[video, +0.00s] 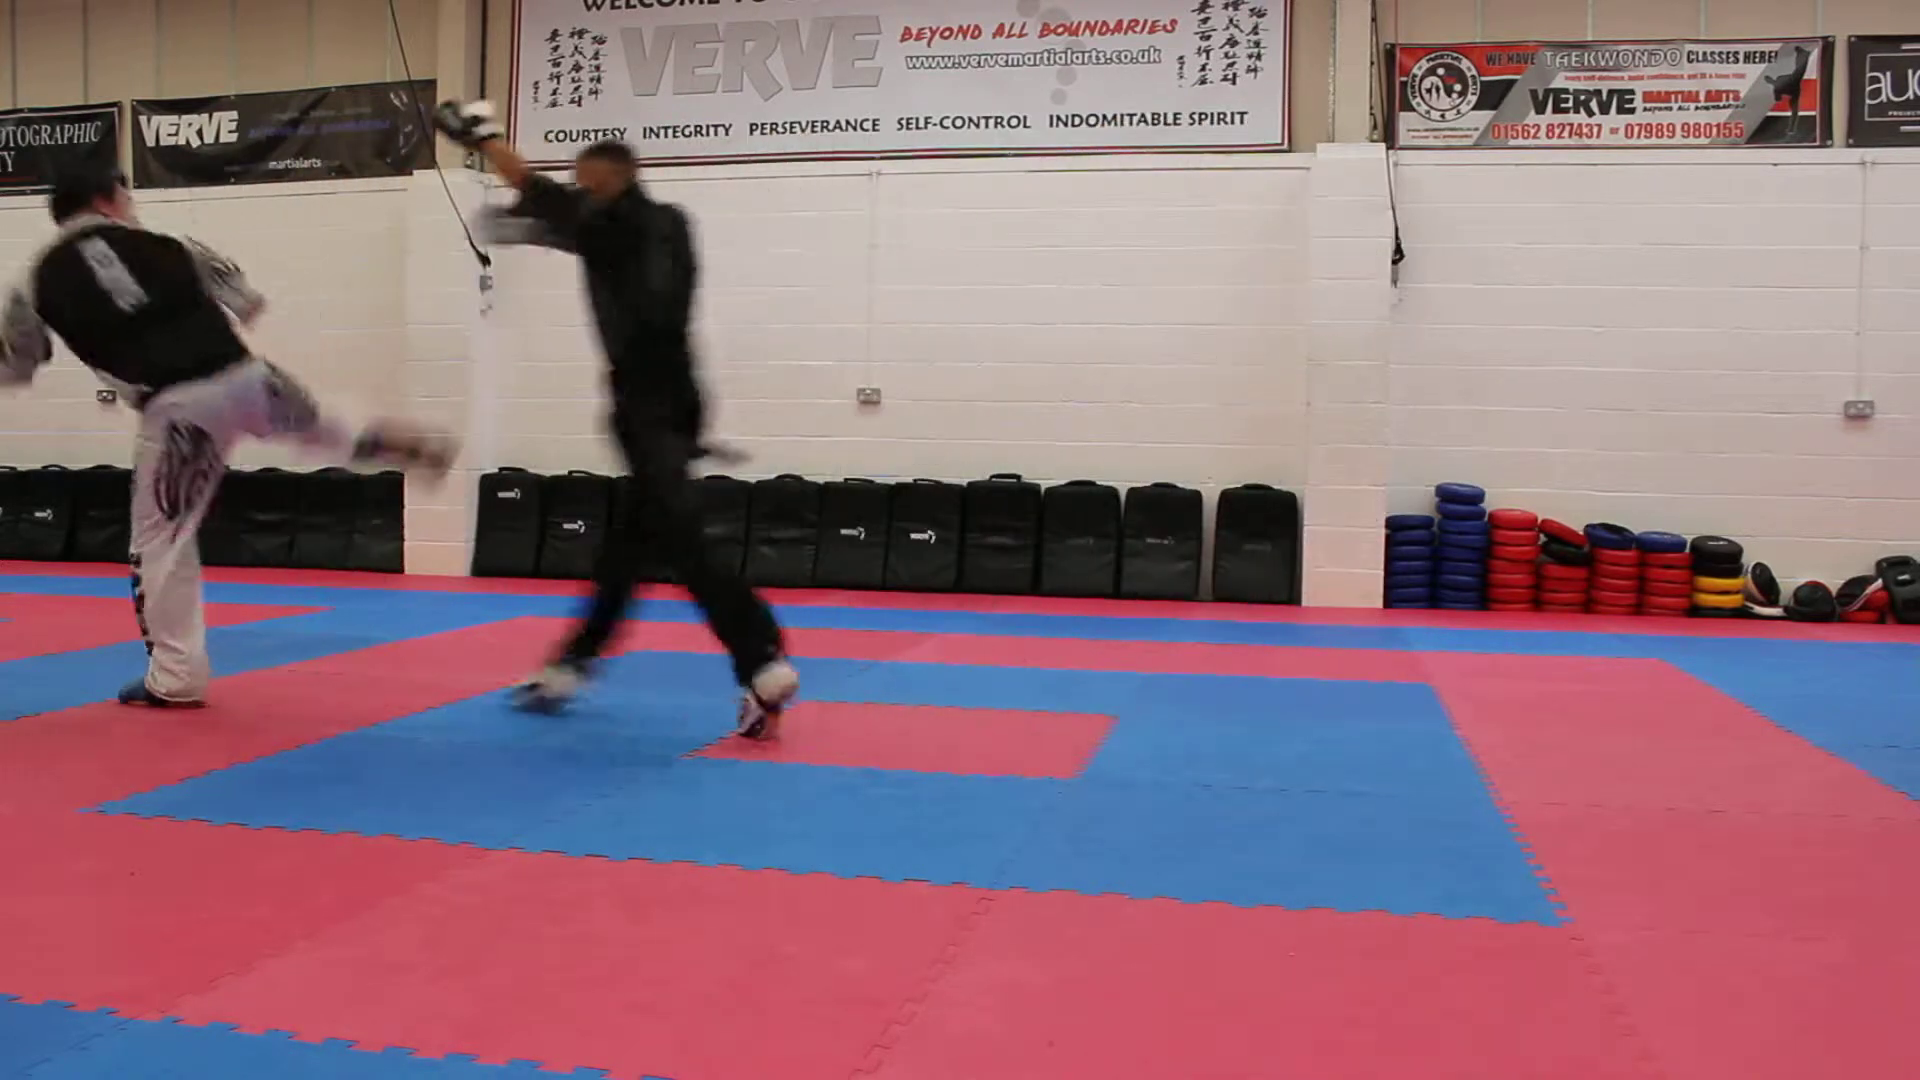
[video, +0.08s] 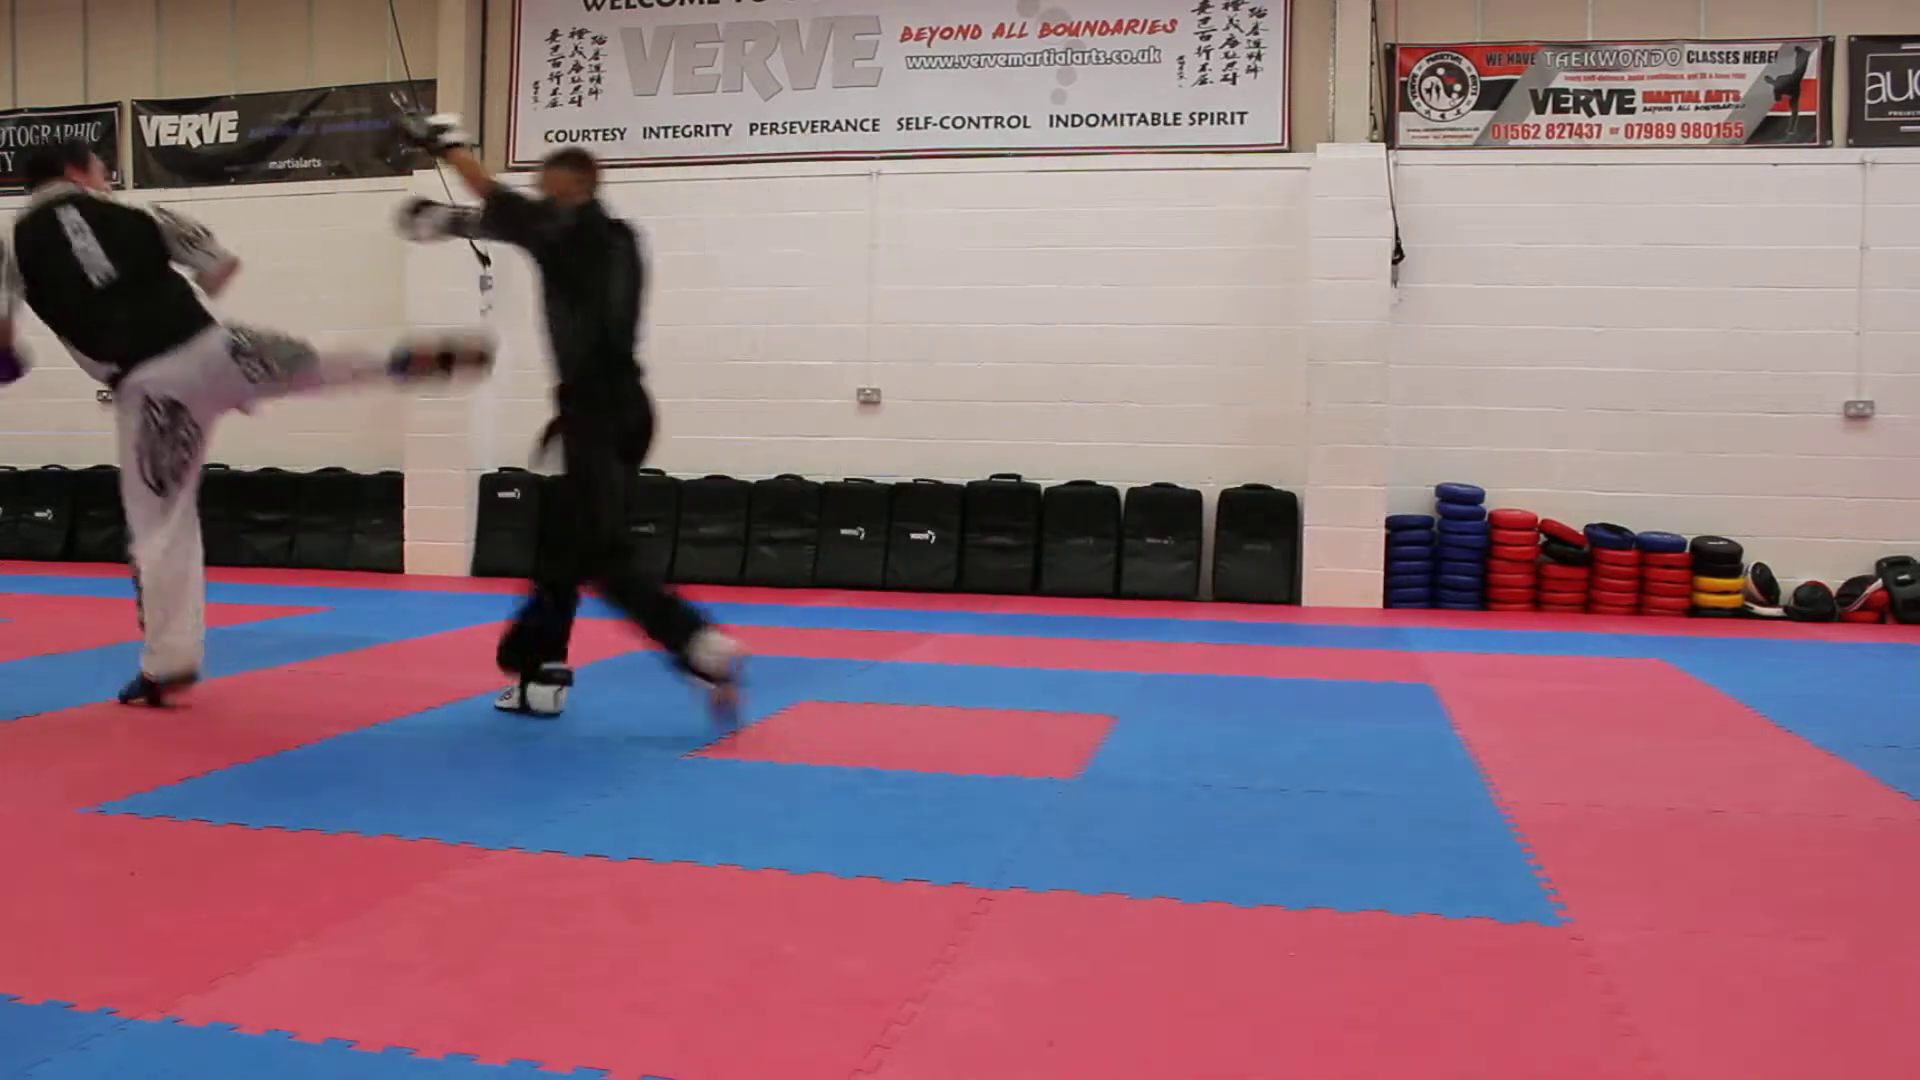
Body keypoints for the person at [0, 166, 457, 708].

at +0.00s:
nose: (131, 204)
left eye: (126, 195)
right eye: (126, 195)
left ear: (58, 211)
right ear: (112, 198)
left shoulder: (40, 280)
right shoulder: (168, 244)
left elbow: (17, 365)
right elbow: (248, 303)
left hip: (178, 412)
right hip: (246, 381)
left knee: (161, 541)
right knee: (326, 433)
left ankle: (176, 677)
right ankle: (412, 447)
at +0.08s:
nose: (109, 179)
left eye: (104, 169)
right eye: (102, 169)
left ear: (35, 181)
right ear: (79, 169)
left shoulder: (20, 240)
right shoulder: (131, 213)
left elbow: (5, 334)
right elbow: (220, 265)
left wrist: (10, 360)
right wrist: (171, 308)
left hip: (149, 392)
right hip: (212, 351)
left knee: (161, 529)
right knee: (321, 368)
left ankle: (170, 667)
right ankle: (414, 360)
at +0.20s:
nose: (70, 150)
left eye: (66, 140)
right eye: (64, 140)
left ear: (5, 150)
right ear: (42, 141)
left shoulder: (3, 208)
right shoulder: (91, 177)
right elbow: (186, 231)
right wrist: (140, 290)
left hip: (111, 363)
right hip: (176, 318)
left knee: (119, 496)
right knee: (298, 349)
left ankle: (145, 621)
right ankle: (334, 295)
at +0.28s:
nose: (44, 147)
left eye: (37, 138)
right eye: (38, 138)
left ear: (1, 145)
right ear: (22, 139)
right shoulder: (69, 178)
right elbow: (162, 226)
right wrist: (126, 287)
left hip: (94, 357)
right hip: (155, 320)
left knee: (96, 498)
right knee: (268, 368)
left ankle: (107, 628)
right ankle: (277, 332)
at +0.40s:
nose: (9, 177)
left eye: (7, 171)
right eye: (7, 171)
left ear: (8, 175)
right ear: (8, 174)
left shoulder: (27, 219)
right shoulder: (32, 217)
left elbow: (115, 251)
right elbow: (116, 252)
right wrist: (97, 327)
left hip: (39, 399)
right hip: (105, 367)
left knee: (61, 538)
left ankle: (87, 662)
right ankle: (241, 419)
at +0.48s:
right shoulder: (15, 229)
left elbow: (72, 277)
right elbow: (73, 276)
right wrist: (86, 327)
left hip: (14, 403)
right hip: (78, 386)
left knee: (34, 547)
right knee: (125, 473)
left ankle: (81, 663)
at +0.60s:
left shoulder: (11, 230)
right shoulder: (11, 227)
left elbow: (38, 283)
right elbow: (39, 284)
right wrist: (44, 347)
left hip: (12, 382)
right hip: (32, 380)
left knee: (6, 518)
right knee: (18, 513)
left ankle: (51, 633)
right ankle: (43, 639)